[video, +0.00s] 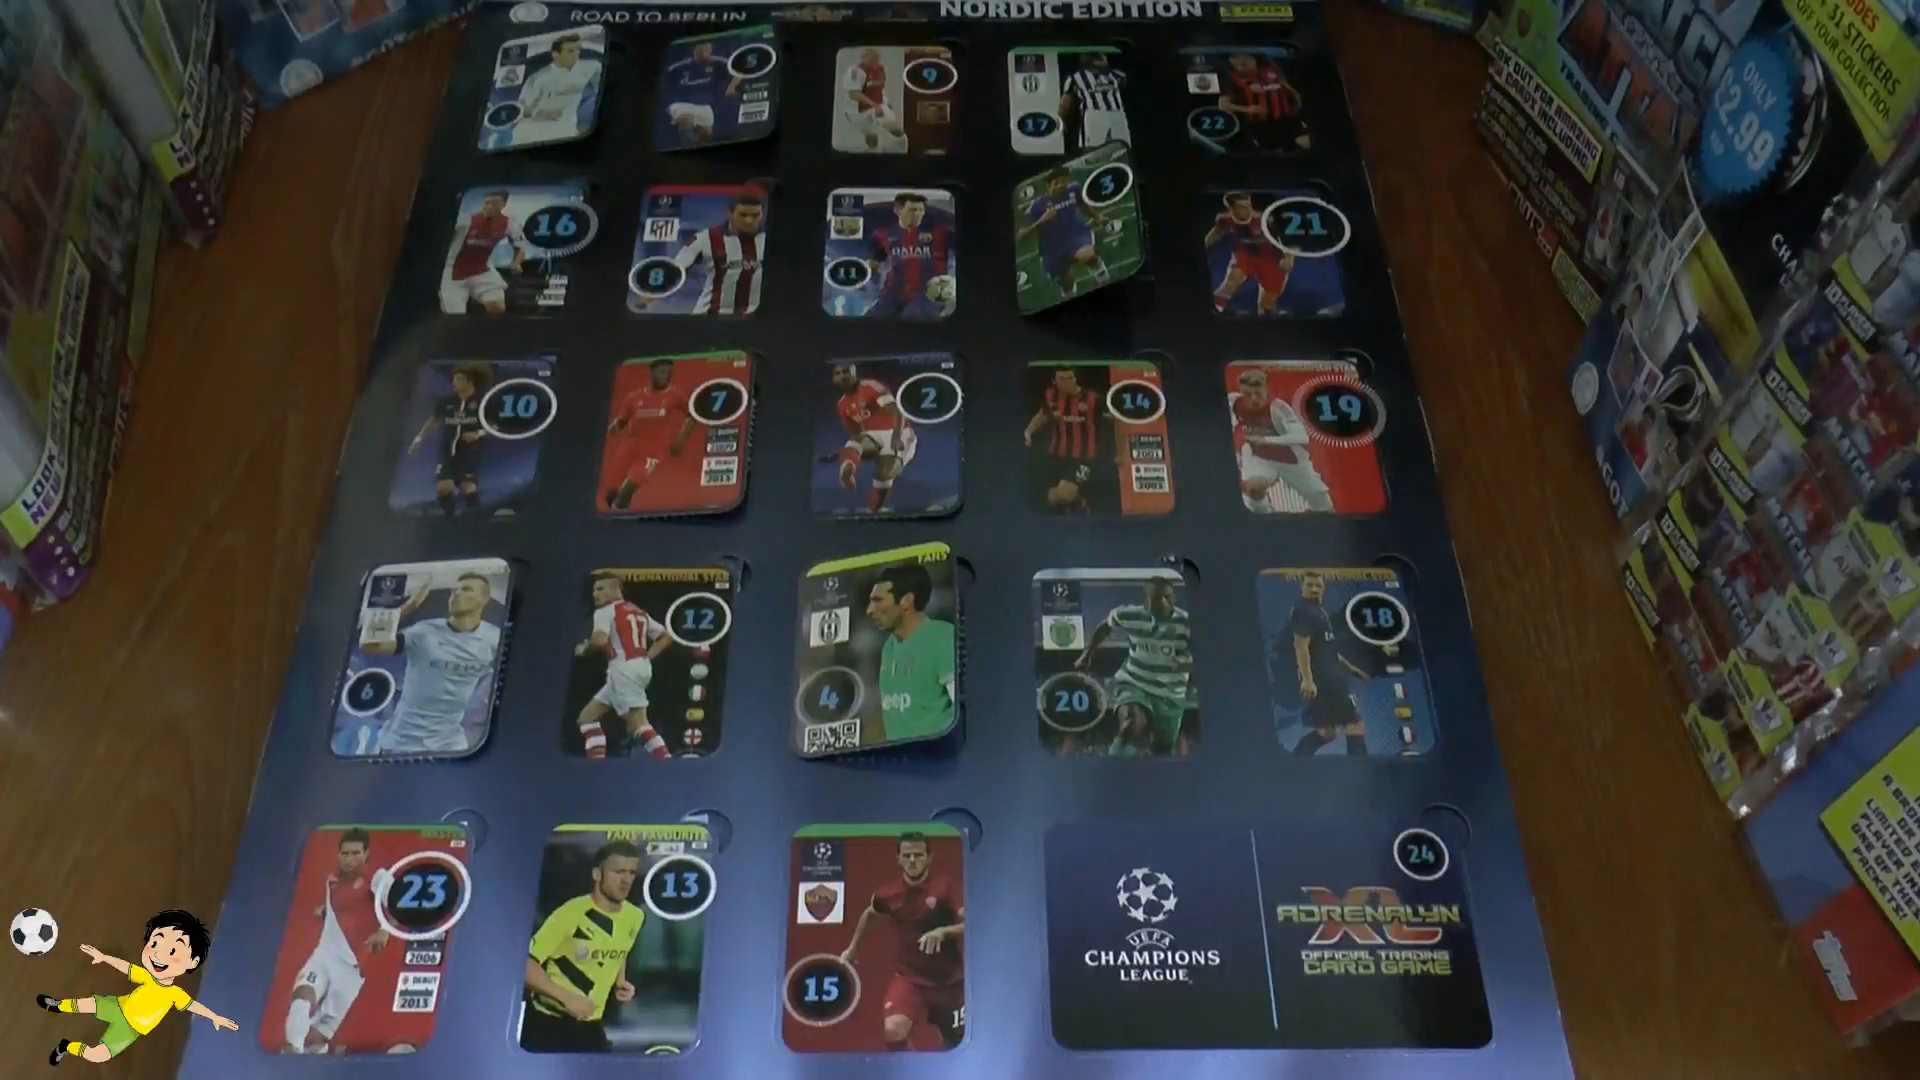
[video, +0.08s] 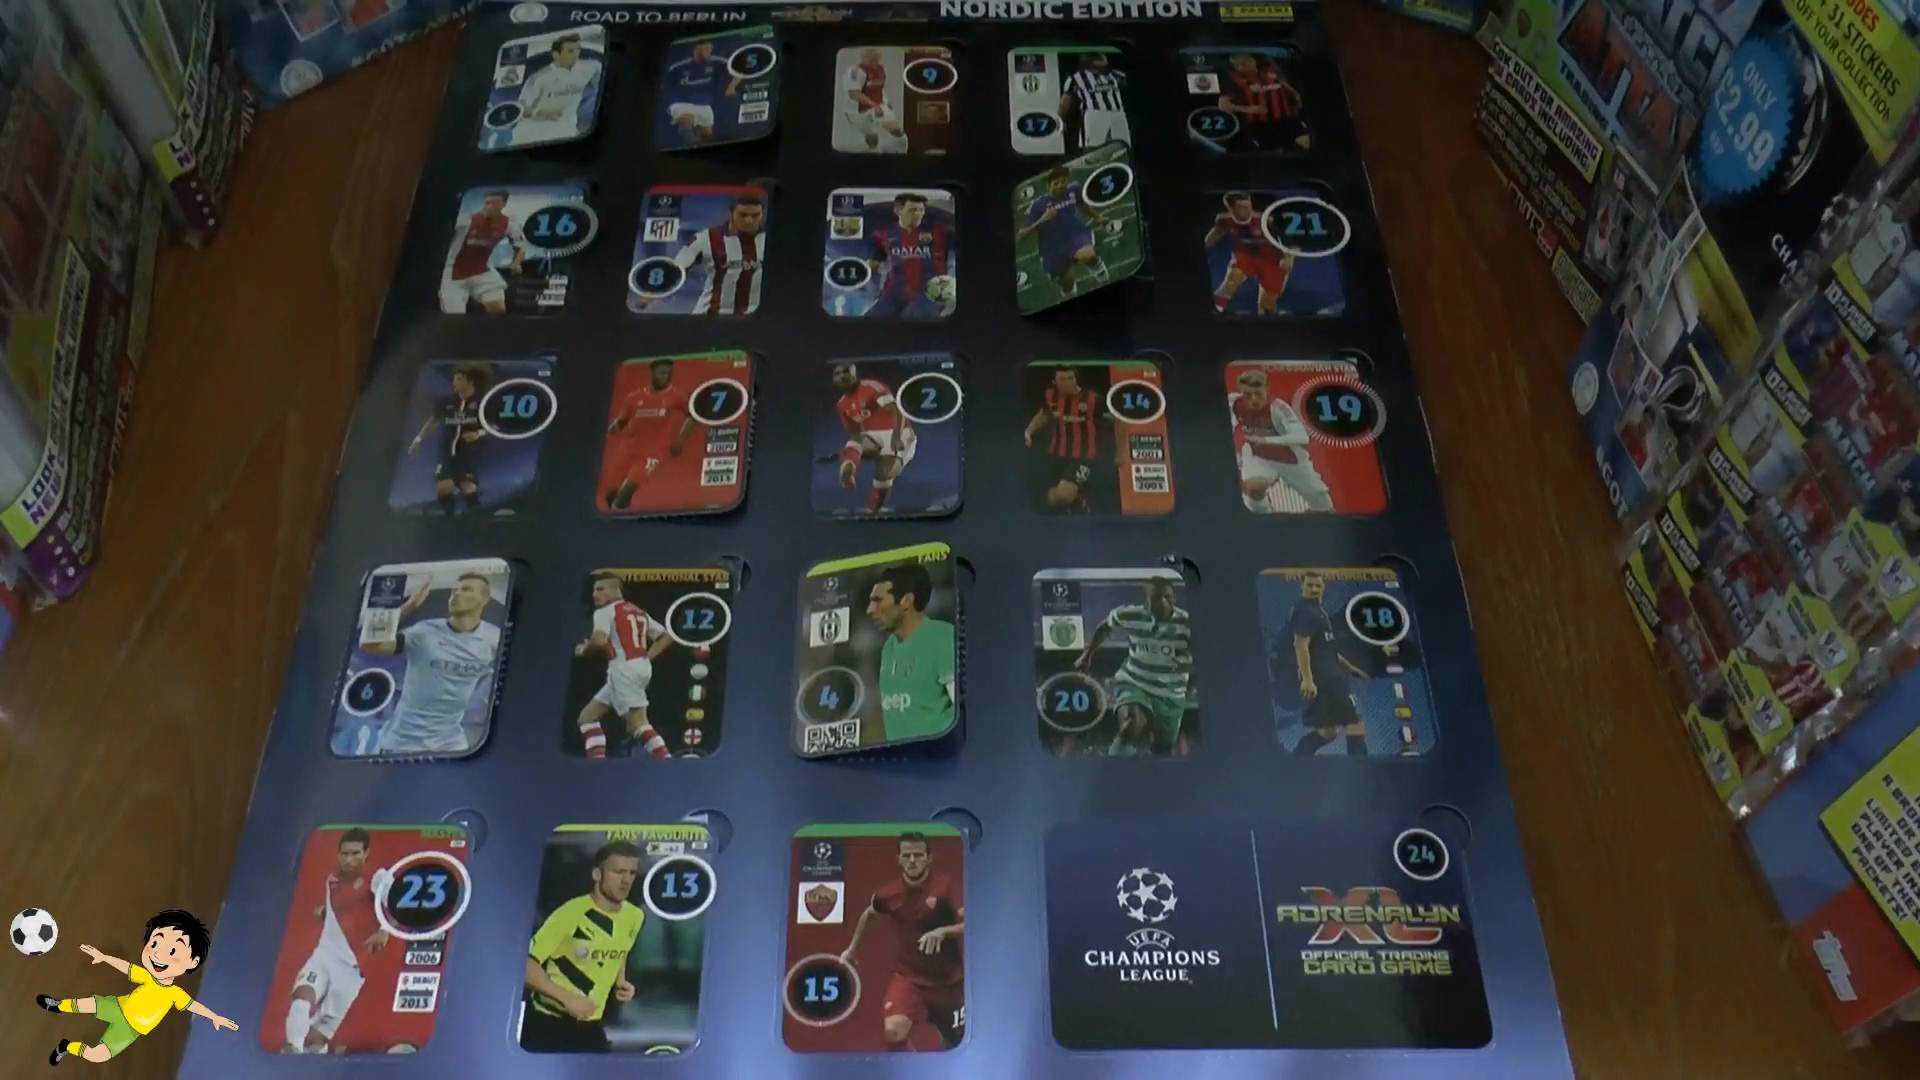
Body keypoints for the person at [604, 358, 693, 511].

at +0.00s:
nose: (664, 376)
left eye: (667, 372)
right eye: (660, 372)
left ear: (671, 374)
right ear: (652, 373)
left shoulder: (675, 396)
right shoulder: (635, 396)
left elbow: (693, 415)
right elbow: (621, 421)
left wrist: (680, 441)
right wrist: (617, 425)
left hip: (654, 451)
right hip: (630, 450)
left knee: (626, 490)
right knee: (611, 491)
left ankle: (612, 525)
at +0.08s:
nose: (663, 376)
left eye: (666, 373)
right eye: (660, 372)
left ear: (670, 375)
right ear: (652, 373)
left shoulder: (676, 396)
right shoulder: (635, 397)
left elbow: (693, 415)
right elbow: (622, 419)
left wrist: (679, 441)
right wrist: (616, 426)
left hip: (655, 450)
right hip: (631, 448)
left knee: (627, 489)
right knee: (611, 490)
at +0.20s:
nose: (664, 377)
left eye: (667, 373)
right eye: (661, 372)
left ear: (670, 375)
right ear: (652, 373)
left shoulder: (676, 396)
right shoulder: (635, 397)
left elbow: (693, 415)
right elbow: (622, 419)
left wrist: (680, 441)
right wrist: (616, 426)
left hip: (655, 450)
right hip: (631, 448)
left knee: (626, 489)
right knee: (611, 490)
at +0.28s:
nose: (664, 377)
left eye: (667, 373)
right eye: (661, 372)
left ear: (670, 375)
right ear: (652, 373)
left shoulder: (676, 396)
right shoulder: (635, 397)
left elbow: (693, 415)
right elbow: (622, 419)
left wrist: (680, 441)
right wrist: (616, 425)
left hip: (655, 450)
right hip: (631, 449)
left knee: (626, 489)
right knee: (611, 490)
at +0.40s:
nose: (664, 376)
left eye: (667, 373)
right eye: (660, 372)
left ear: (670, 375)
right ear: (652, 373)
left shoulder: (675, 397)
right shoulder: (634, 397)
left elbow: (692, 415)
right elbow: (622, 419)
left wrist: (680, 441)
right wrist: (616, 425)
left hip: (654, 449)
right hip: (630, 448)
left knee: (627, 489)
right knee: (611, 491)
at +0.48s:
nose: (663, 376)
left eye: (667, 373)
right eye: (660, 372)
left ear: (670, 375)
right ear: (652, 373)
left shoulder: (675, 396)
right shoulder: (634, 397)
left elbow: (692, 415)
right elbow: (622, 419)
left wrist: (679, 441)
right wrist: (615, 426)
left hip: (654, 450)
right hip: (630, 448)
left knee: (626, 490)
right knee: (610, 491)